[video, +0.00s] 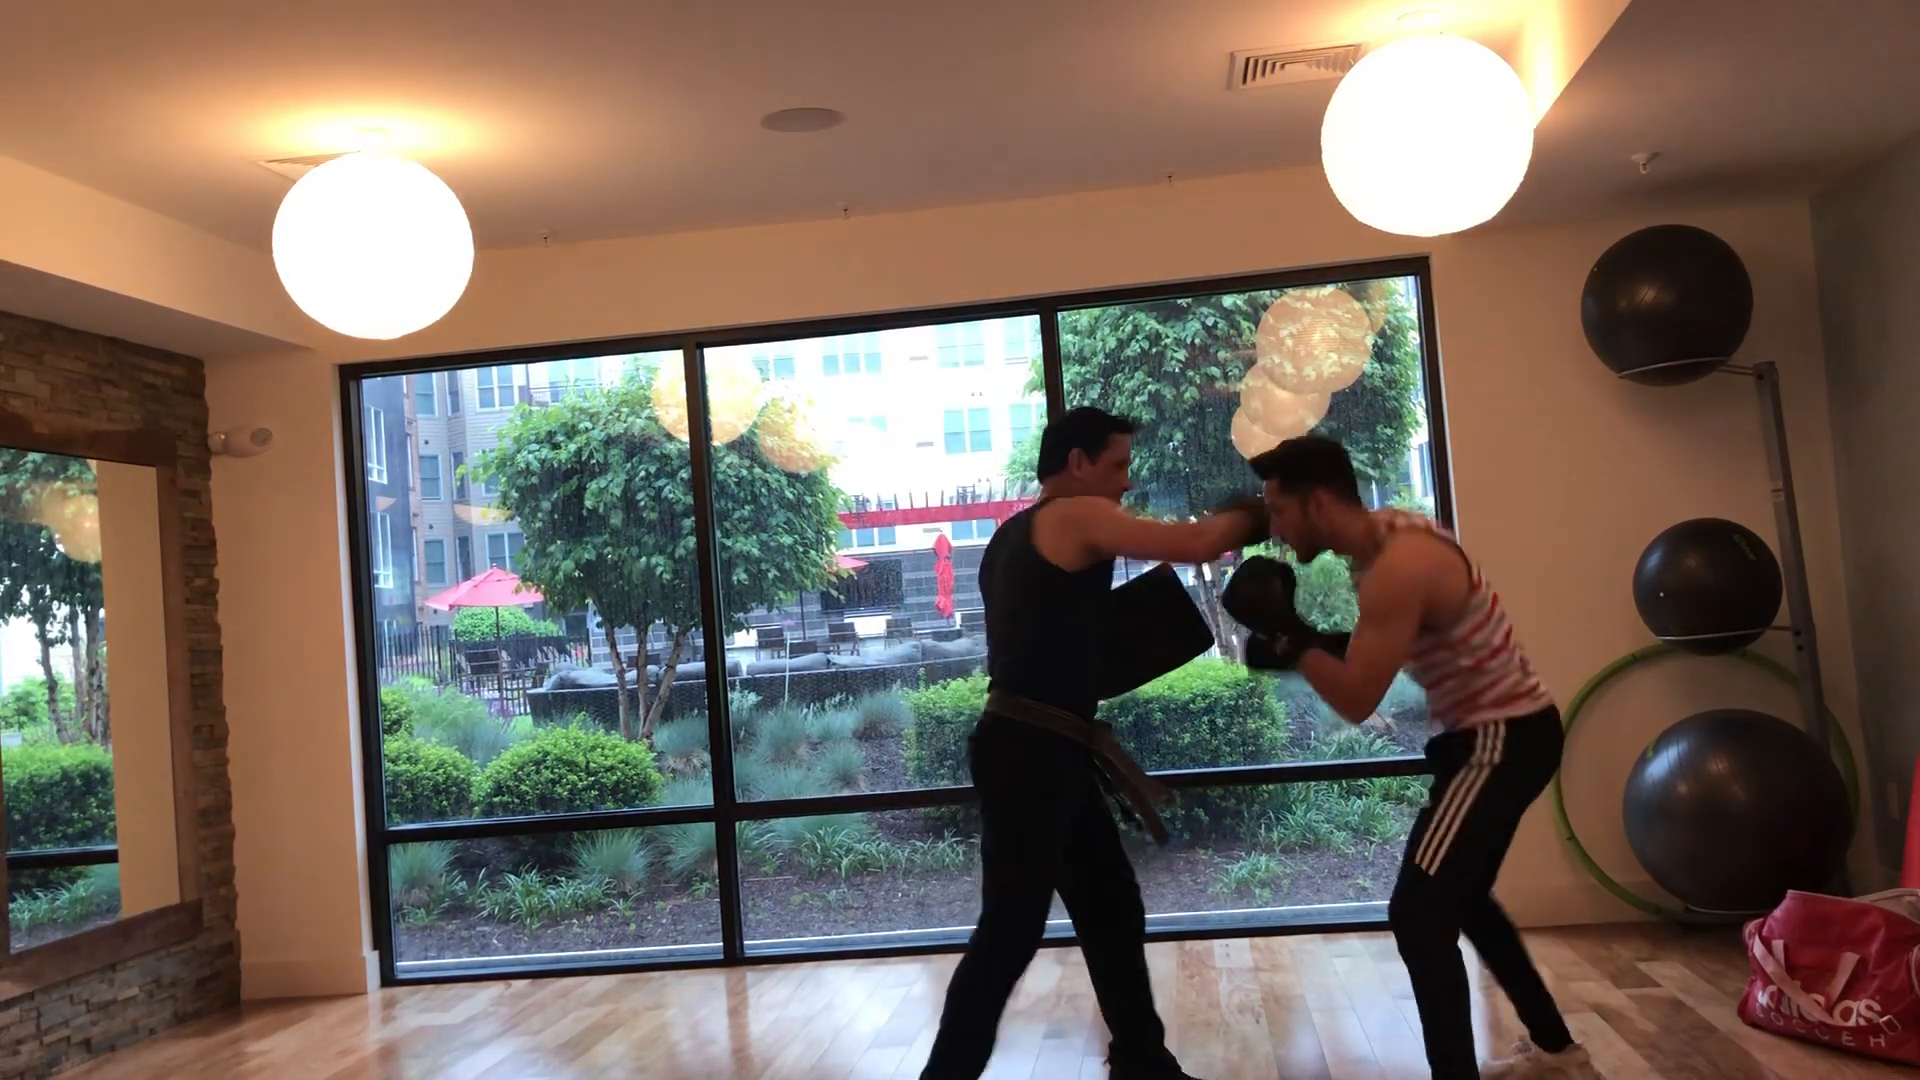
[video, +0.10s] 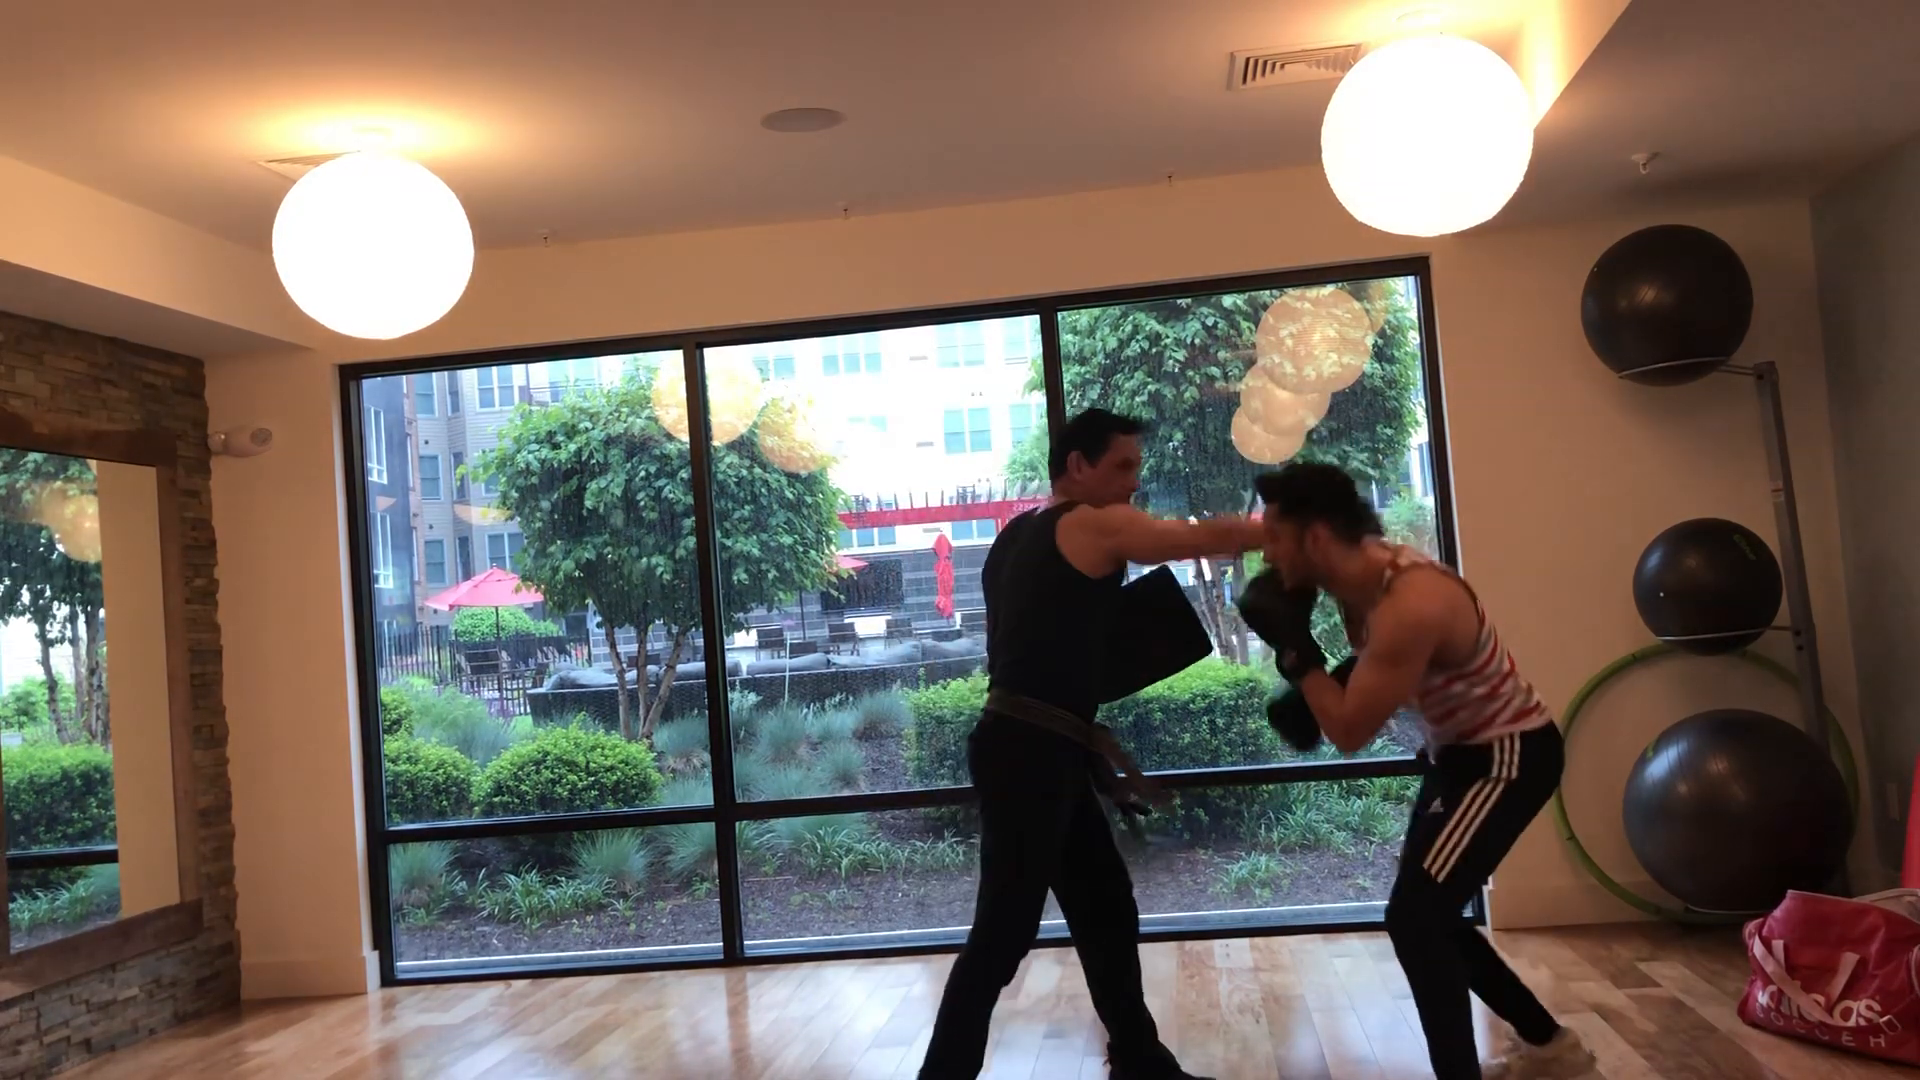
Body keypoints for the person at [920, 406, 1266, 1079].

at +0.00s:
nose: (1127, 481)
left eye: (1127, 467)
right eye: (1118, 467)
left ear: (1067, 467)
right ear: (1077, 463)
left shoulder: (1016, 536)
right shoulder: (1075, 518)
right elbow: (1196, 543)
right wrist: (1260, 510)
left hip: (1038, 747)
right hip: (1032, 750)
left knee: (1112, 913)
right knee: (1009, 934)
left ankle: (1142, 1061)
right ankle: (947, 1073)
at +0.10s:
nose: (1136, 482)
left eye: (1137, 468)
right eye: (1125, 469)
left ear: (1074, 472)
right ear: (1079, 468)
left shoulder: (1018, 539)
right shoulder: (1099, 527)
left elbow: (1032, 666)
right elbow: (1208, 538)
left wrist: (1095, 746)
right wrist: (1302, 526)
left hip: (1023, 745)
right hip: (1032, 751)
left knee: (1106, 906)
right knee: (1001, 937)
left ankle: (1138, 1059)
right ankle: (944, 1073)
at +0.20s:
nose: (1139, 488)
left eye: (1141, 475)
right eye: (1128, 474)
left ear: (1077, 476)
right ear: (1082, 470)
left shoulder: (1027, 538)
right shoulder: (1094, 536)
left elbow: (1134, 600)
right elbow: (1183, 603)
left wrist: (1233, 596)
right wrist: (1266, 588)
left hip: (1024, 745)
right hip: (1038, 751)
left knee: (1112, 904)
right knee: (1022, 932)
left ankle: (1142, 1061)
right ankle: (968, 1072)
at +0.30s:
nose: (1134, 488)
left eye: (1137, 475)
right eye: (1123, 474)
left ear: (1074, 477)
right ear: (1076, 471)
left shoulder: (1037, 537)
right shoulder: (1067, 543)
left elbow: (1078, 646)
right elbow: (1106, 662)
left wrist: (1158, 625)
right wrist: (1195, 648)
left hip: (1045, 746)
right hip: (1032, 752)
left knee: (1123, 901)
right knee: (1043, 926)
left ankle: (1142, 1059)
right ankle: (985, 1075)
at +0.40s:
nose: (1124, 482)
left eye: (1127, 468)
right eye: (1113, 467)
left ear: (1076, 469)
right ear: (1066, 465)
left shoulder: (1065, 545)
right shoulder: (1029, 540)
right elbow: (1000, 647)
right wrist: (1096, 675)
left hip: (1053, 746)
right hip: (1012, 749)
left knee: (1119, 908)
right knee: (1024, 931)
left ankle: (1144, 1060)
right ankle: (983, 1074)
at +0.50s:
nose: (1110, 473)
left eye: (1112, 460)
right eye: (1099, 460)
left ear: (1063, 462)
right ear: (1049, 460)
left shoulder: (1085, 536)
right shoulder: (998, 535)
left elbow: (1127, 562)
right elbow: (929, 629)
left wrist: (1157, 540)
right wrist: (1024, 673)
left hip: (1045, 740)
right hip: (980, 744)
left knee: (1090, 906)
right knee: (978, 927)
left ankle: (1142, 1063)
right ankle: (965, 1072)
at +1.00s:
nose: (1111, 486)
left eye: (1114, 471)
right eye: (1108, 469)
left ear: (1070, 463)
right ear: (1069, 461)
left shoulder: (1061, 537)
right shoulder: (977, 527)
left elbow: (1068, 637)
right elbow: (971, 633)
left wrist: (1120, 593)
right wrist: (1071, 594)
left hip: (1056, 741)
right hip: (983, 744)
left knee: (1097, 916)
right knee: (984, 929)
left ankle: (1116, 1067)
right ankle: (973, 1074)